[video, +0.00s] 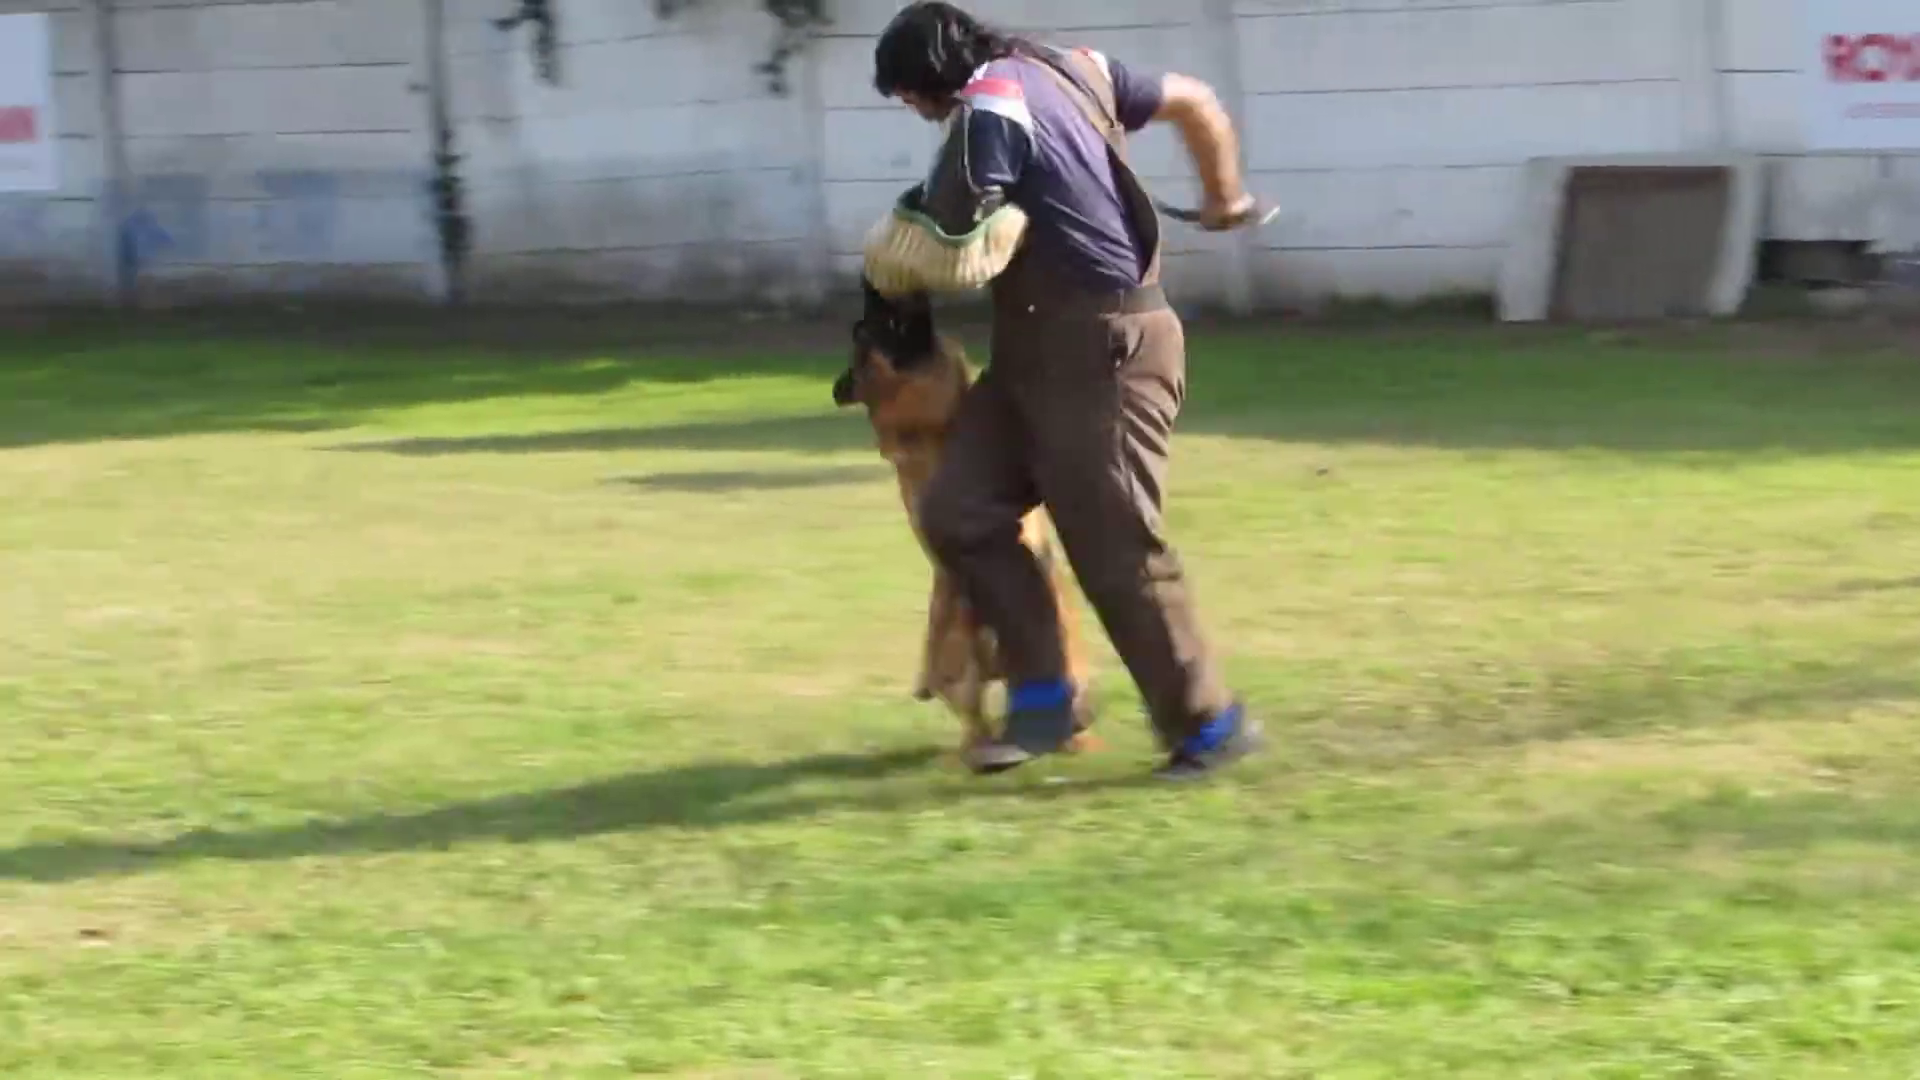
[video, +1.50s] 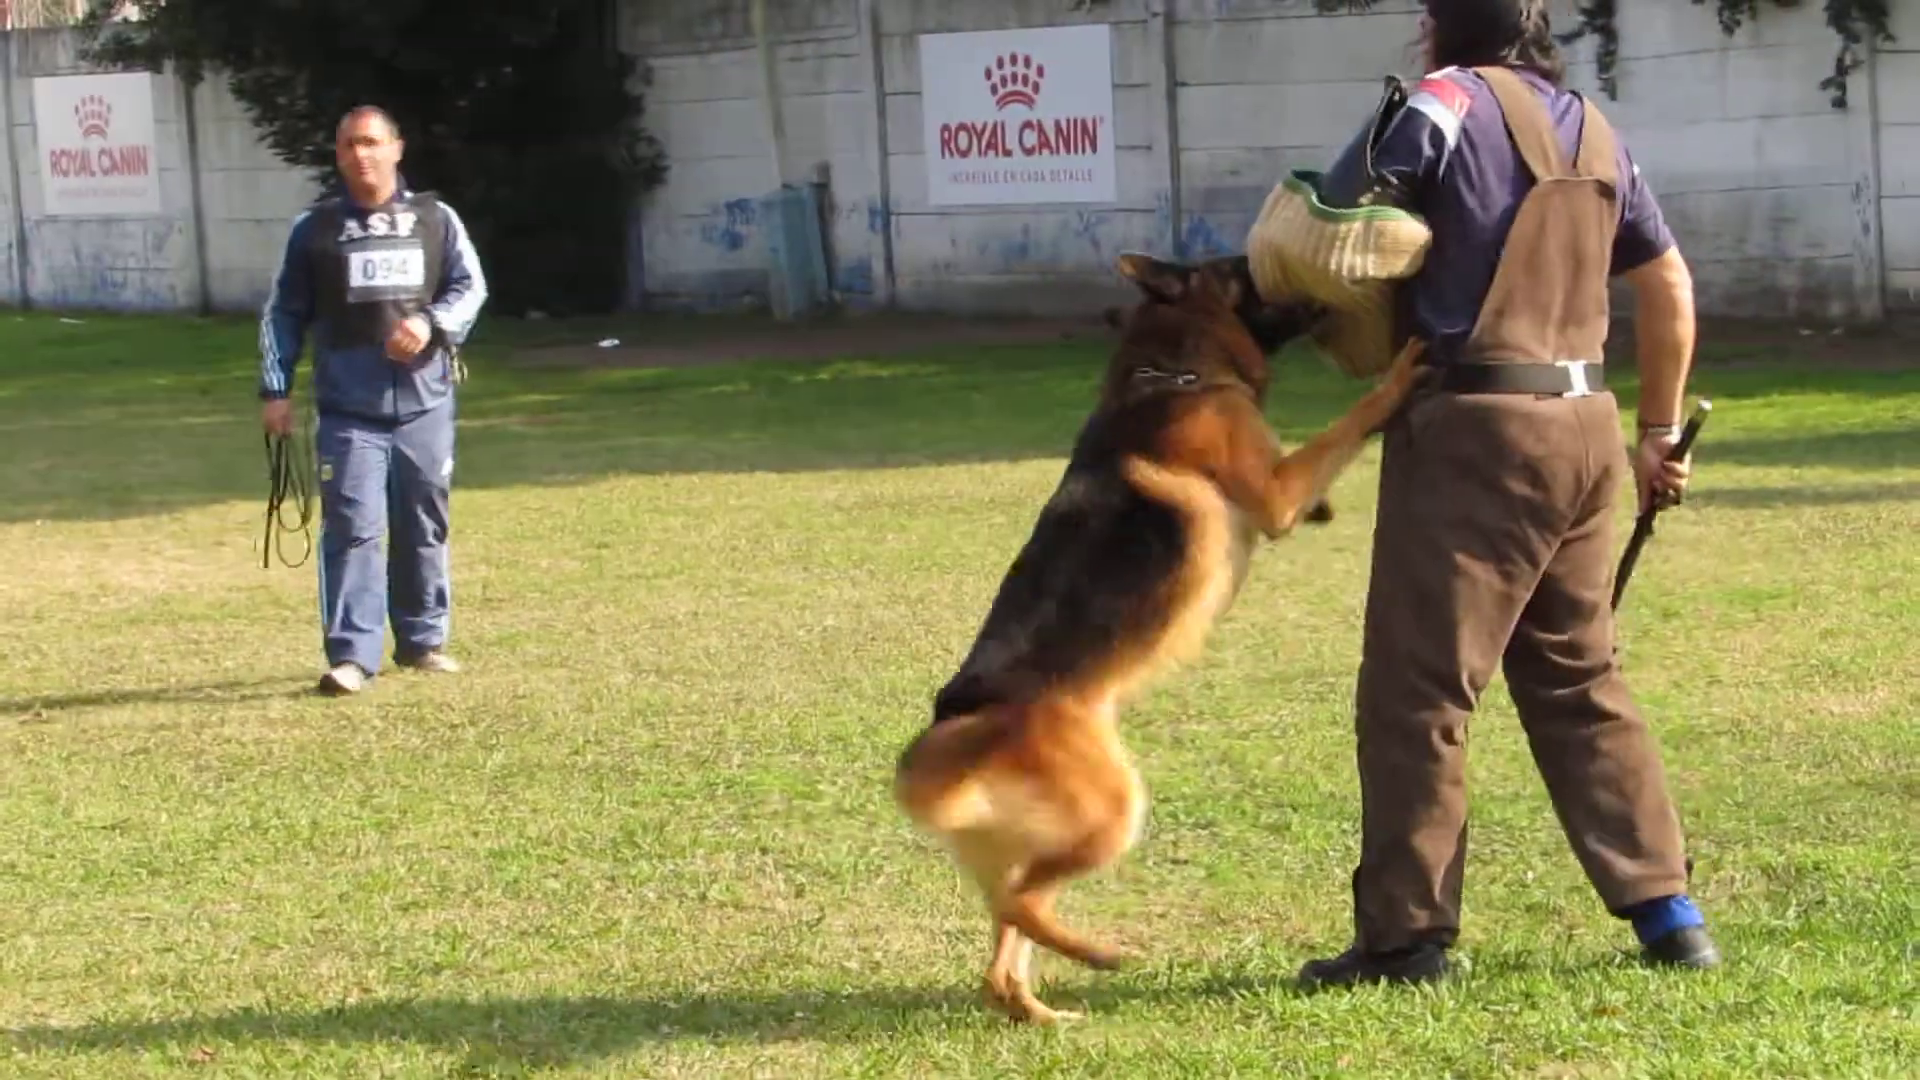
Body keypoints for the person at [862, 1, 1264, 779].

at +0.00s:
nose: (919, 113)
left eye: (914, 98)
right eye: (909, 102)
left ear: (938, 74)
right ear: (971, 44)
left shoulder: (990, 101)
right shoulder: (1069, 64)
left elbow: (949, 237)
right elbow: (1193, 99)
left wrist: (885, 252)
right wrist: (1224, 199)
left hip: (1105, 345)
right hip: (1043, 348)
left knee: (1119, 547)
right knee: (960, 514)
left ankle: (1207, 725)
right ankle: (1044, 701)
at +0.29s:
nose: (999, 137)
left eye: (996, 121)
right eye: (993, 125)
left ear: (1018, 101)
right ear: (1056, 78)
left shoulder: (1070, 129)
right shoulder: (1103, 120)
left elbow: (1020, 279)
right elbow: (1047, 286)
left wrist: (935, 292)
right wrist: (960, 297)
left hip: (1151, 400)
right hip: (1142, 395)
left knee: (1034, 572)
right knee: (1062, 569)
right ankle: (1077, 790)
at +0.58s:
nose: (1116, 134)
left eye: (1117, 118)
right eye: (1111, 122)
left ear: (1147, 101)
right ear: (1198, 84)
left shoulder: (1181, 128)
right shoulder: (1281, 145)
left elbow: (1125, 280)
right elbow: (1402, 227)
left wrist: (1048, 308)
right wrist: (1445, 361)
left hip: (1204, 428)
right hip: (1242, 429)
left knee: (1106, 645)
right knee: (1111, 637)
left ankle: (1164, 875)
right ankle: (1226, 826)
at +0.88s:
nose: (1302, 145)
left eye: (1303, 132)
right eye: (1303, 133)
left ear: (1322, 127)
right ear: (1400, 111)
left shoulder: (1314, 192)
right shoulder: (1498, 190)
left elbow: (1274, 357)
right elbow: (1587, 327)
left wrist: (1238, 420)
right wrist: (1586, 474)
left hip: (1388, 453)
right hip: (1497, 472)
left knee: (1304, 690)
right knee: (1370, 692)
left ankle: (1300, 931)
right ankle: (1399, 888)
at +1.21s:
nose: (1482, 63)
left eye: (1484, 50)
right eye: (1488, 51)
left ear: (1501, 51)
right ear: (1587, 48)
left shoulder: (1497, 112)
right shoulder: (1651, 141)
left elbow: (1414, 248)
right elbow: (1742, 286)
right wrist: (1751, 427)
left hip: (1533, 425)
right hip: (1634, 429)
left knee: (1479, 680)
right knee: (1580, 660)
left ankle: (1475, 936)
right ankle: (1708, 854)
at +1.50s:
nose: (1419, 38)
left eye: (1424, 25)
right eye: (1422, 28)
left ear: (1450, 26)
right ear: (1531, 32)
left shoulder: (1444, 99)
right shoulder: (1595, 131)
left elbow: (1364, 233)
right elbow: (1666, 285)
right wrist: (1662, 431)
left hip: (1474, 425)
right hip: (1585, 422)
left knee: (1418, 687)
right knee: (1577, 674)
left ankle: (1405, 941)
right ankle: (1666, 912)